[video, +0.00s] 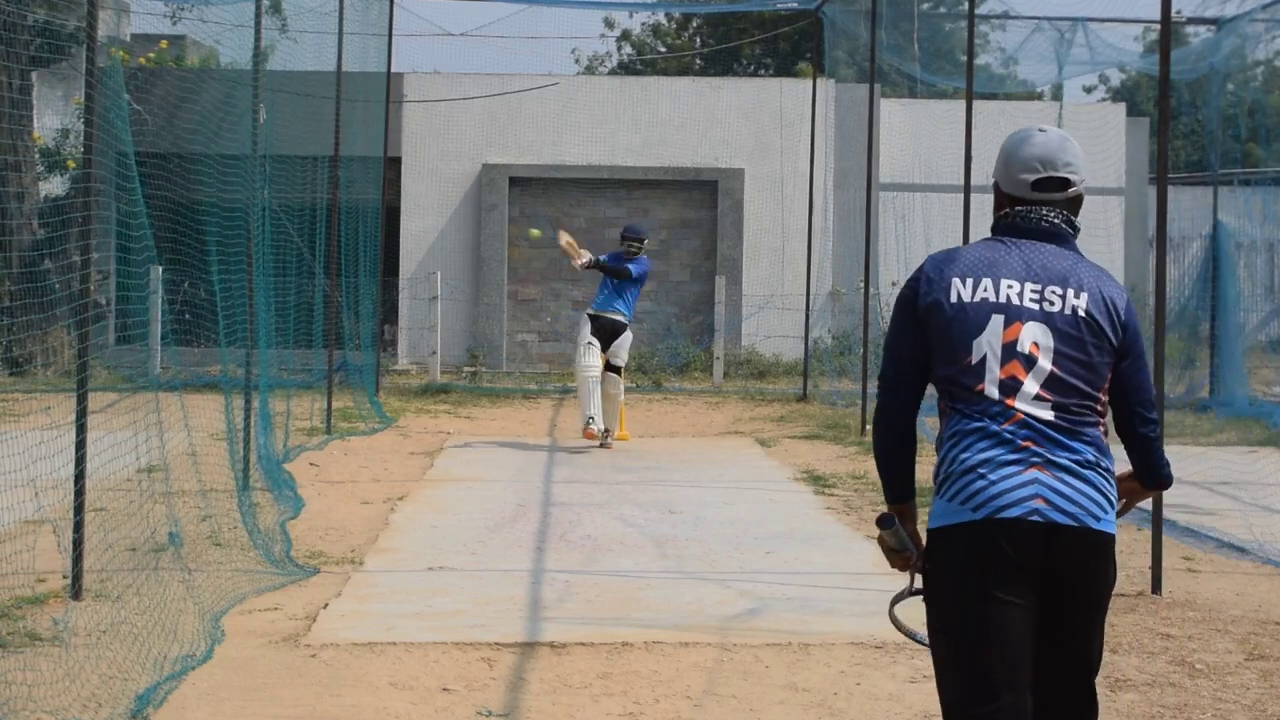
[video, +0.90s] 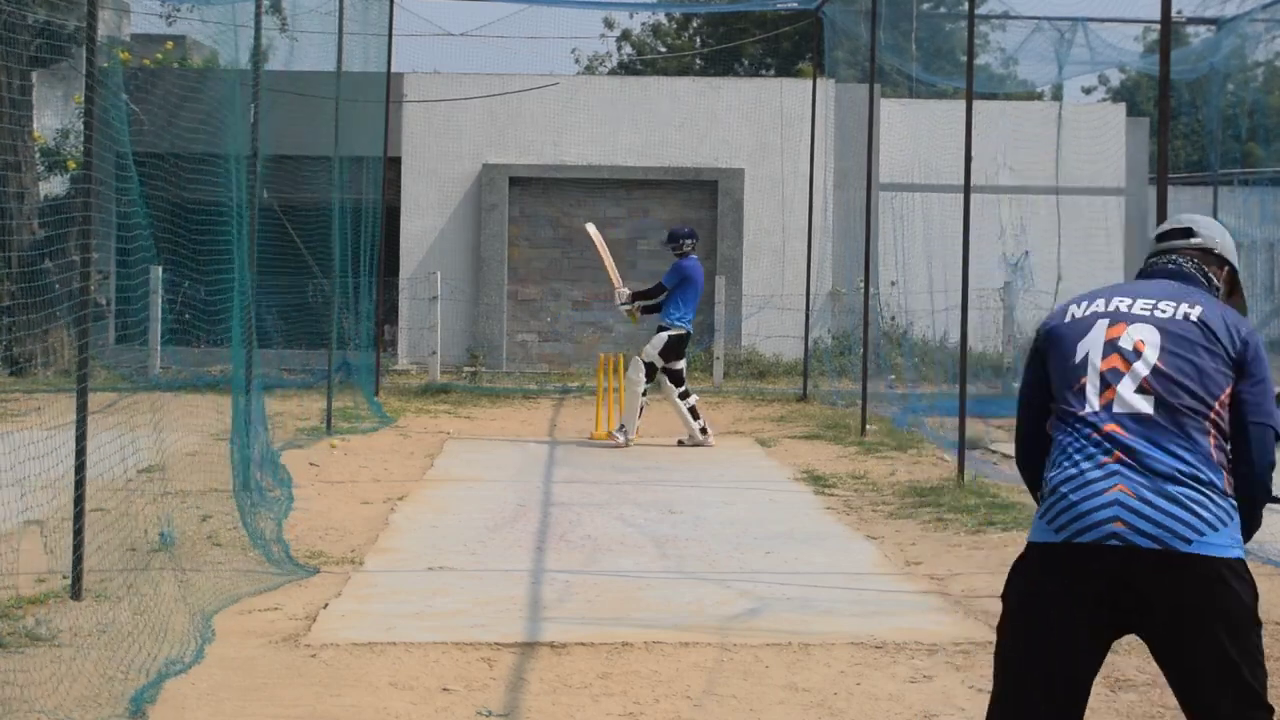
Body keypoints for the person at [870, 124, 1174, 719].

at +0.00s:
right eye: (1072, 193)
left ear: (998, 197)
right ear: (1076, 202)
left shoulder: (938, 275)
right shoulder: (1107, 291)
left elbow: (893, 411)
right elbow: (1139, 417)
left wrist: (901, 513)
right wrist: (1147, 476)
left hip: (976, 518)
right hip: (1084, 523)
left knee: (983, 701)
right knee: (1069, 698)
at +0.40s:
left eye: (979, 179)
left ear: (980, 187)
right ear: (1061, 189)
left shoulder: (928, 271)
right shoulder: (1102, 281)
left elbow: (885, 404)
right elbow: (1125, 411)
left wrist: (951, 460)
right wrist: (1129, 474)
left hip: (979, 531)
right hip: (1091, 531)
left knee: (990, 708)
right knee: (1086, 705)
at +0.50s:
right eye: (1064, 183)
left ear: (990, 189)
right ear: (1071, 190)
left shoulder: (936, 272)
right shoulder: (1110, 279)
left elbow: (893, 401)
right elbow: (1140, 414)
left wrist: (967, 443)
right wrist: (1143, 476)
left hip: (988, 534)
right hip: (1102, 534)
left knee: (996, 709)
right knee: (1113, 706)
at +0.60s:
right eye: (1084, 187)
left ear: (1004, 192)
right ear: (1086, 194)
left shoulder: (948, 271)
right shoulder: (1124, 282)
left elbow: (909, 401)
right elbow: (1154, 424)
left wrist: (983, 445)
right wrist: (1149, 494)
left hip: (996, 533)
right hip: (1114, 532)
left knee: (1002, 708)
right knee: (1137, 705)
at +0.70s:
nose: (1131, 216)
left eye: (1127, 206)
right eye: (1130, 207)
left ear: (1046, 206)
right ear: (1122, 208)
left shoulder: (974, 276)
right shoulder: (1152, 289)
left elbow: (941, 405)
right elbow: (1183, 434)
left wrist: (1010, 456)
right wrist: (1149, 502)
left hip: (1009, 539)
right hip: (1133, 540)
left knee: (1007, 711)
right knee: (1180, 708)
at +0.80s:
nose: (1166, 239)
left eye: (1166, 229)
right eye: (1164, 228)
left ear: (1084, 219)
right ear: (1154, 225)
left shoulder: (1002, 284)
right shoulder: (1181, 301)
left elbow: (971, 414)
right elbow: (1208, 446)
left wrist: (1034, 476)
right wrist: (1172, 515)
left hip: (1025, 547)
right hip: (1153, 549)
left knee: (1010, 710)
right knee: (1202, 709)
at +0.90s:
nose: (1231, 300)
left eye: (1232, 290)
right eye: (1231, 287)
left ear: (1151, 264)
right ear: (1219, 275)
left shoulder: (1064, 317)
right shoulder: (1236, 330)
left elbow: (1031, 451)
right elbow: (1255, 461)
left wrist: (1077, 518)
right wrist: (1229, 538)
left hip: (1064, 560)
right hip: (1197, 566)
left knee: (1023, 710)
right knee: (1238, 710)